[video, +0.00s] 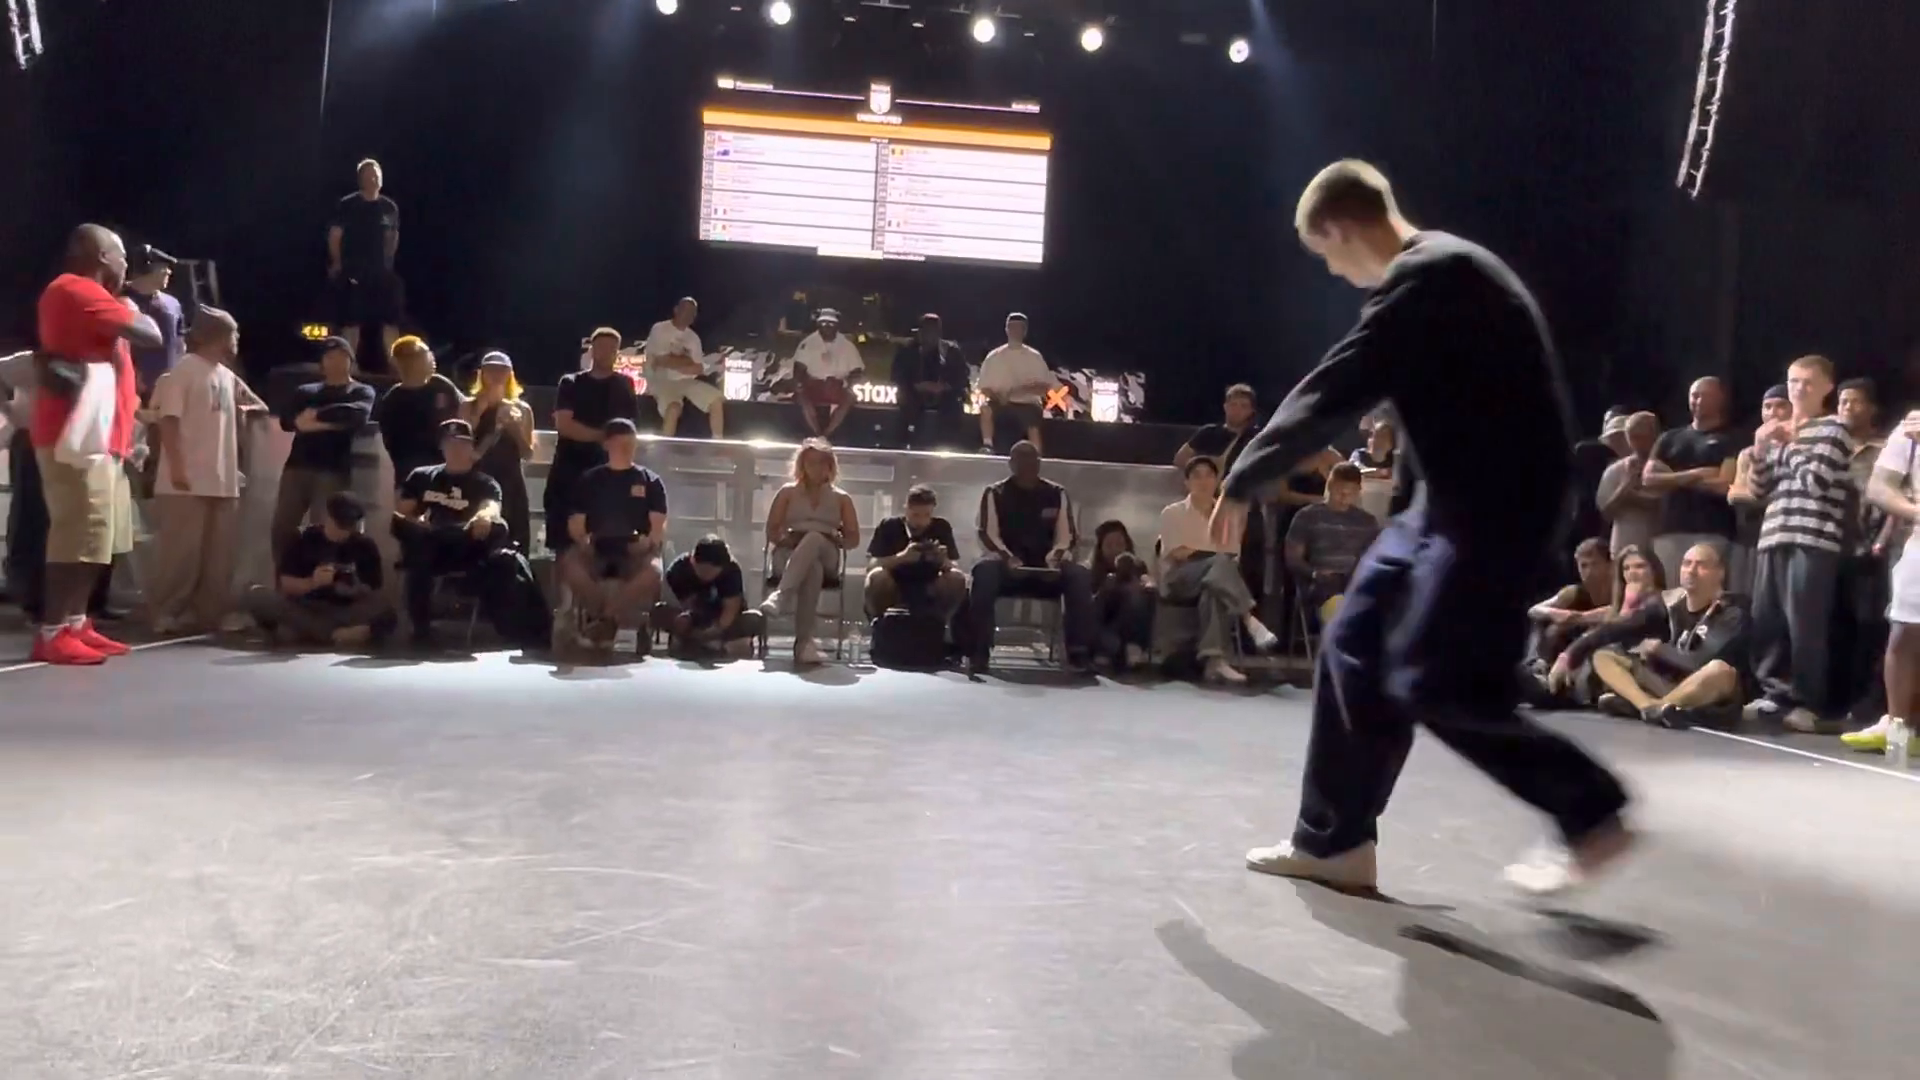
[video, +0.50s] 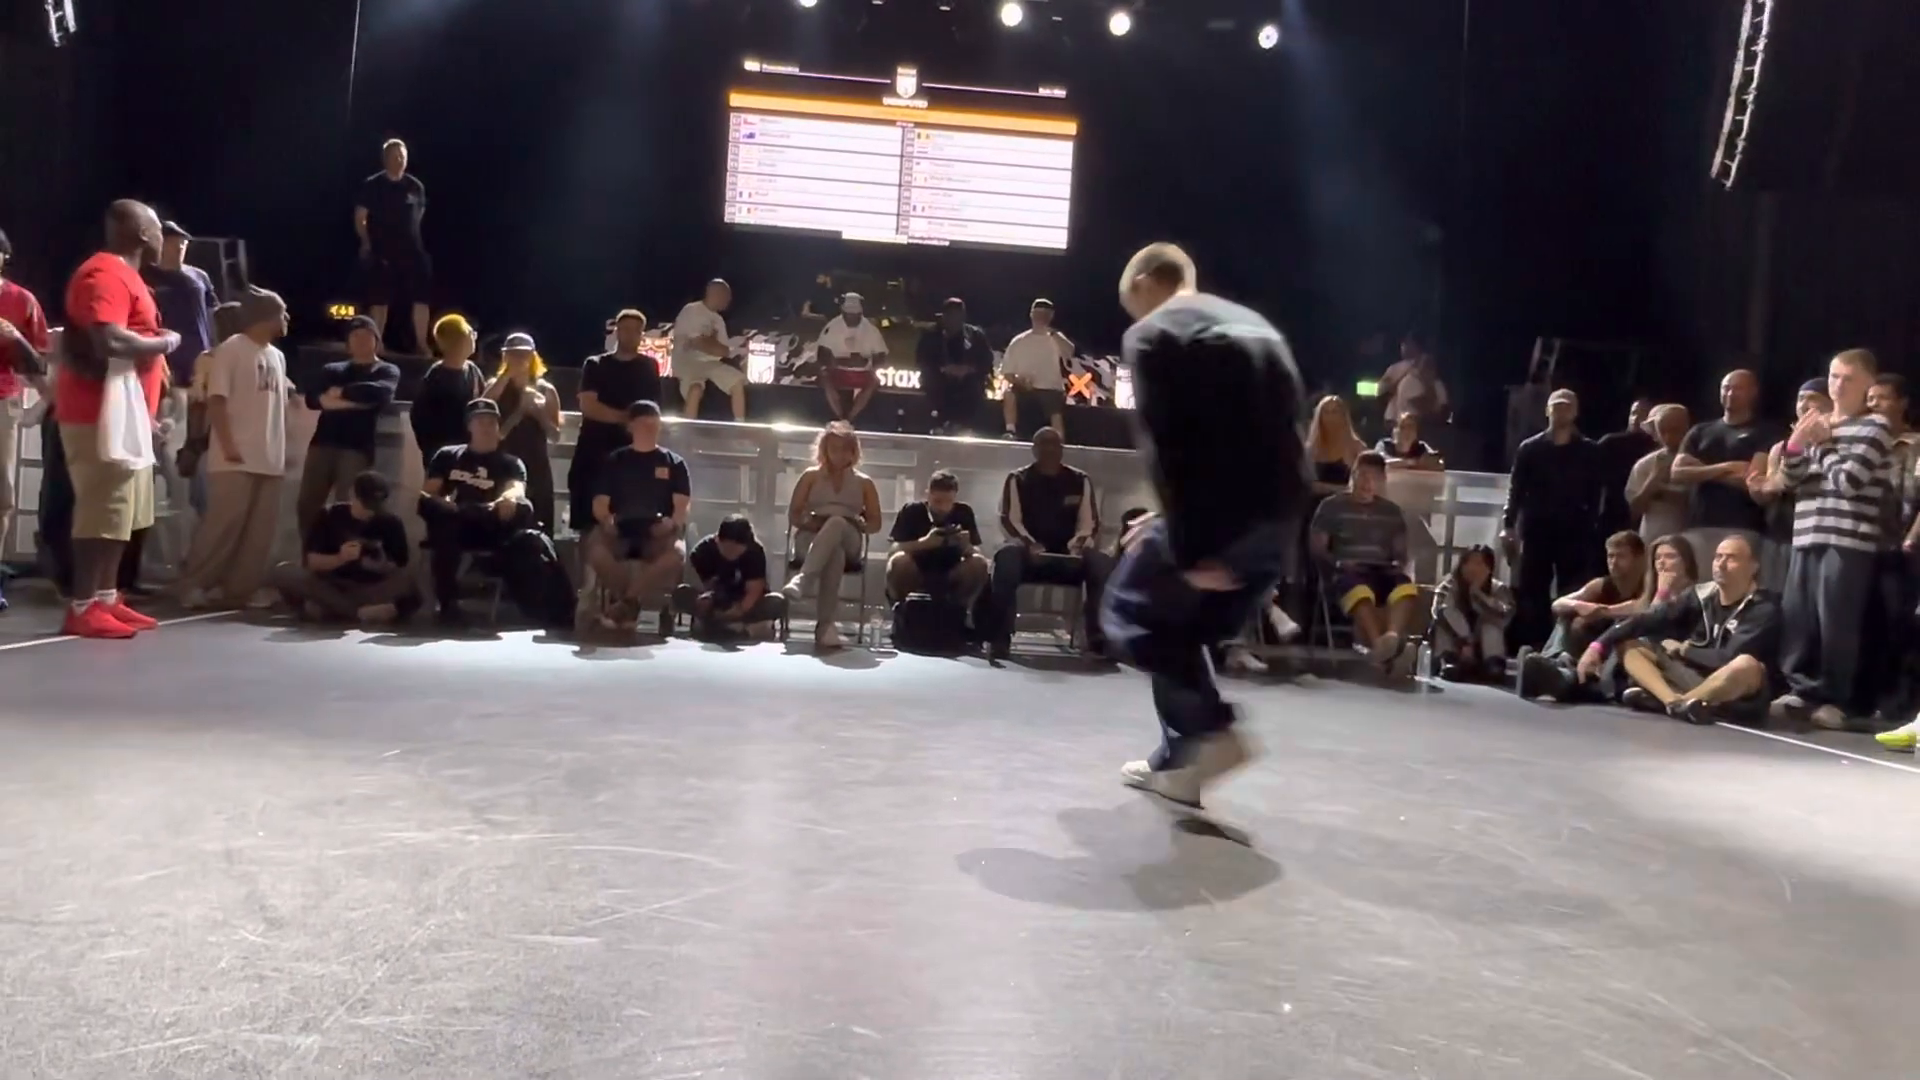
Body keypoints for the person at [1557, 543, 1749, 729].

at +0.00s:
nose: (1690, 571)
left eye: (1701, 565)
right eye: (1687, 564)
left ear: (1720, 574)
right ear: (1680, 570)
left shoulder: (1734, 613)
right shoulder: (1667, 607)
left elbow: (1701, 663)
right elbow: (1616, 629)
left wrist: (1658, 649)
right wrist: (1568, 657)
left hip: (1716, 697)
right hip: (1669, 686)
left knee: (1719, 670)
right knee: (1602, 658)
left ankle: (1657, 709)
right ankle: (1647, 707)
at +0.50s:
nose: (1719, 564)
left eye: (1730, 559)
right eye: (1717, 558)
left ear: (1753, 568)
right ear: (1713, 562)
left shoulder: (1765, 608)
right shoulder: (1701, 594)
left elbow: (1727, 659)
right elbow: (1651, 620)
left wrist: (1681, 649)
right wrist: (1599, 646)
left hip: (1739, 695)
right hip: (1696, 681)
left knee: (1747, 666)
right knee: (1630, 648)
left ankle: (1681, 703)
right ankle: (1673, 703)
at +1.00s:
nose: (1713, 566)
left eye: (1722, 558)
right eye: (1710, 560)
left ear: (1747, 562)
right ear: (1706, 565)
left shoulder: (1770, 606)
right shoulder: (1702, 598)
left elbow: (1740, 654)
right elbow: (1655, 623)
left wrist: (1697, 645)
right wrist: (1606, 648)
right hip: (1705, 679)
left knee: (1759, 666)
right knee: (1640, 652)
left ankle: (1690, 703)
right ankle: (1682, 700)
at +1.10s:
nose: (1713, 567)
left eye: (1722, 559)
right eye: (1710, 560)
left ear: (1747, 562)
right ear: (1705, 566)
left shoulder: (1770, 605)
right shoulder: (1704, 598)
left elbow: (1740, 653)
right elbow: (1659, 621)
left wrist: (1697, 644)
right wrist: (1607, 648)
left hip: (1756, 691)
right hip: (1710, 680)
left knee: (1760, 666)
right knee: (1640, 652)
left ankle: (1693, 703)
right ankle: (1685, 703)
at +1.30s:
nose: (1714, 567)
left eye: (1723, 559)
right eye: (1711, 561)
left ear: (1748, 562)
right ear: (1707, 567)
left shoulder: (1773, 604)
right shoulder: (1706, 599)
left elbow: (1747, 652)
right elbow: (1659, 623)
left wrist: (1704, 646)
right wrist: (1611, 650)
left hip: (1760, 693)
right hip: (1715, 681)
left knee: (1764, 666)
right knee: (1644, 652)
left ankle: (1697, 703)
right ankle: (1690, 703)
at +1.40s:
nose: (1714, 567)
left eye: (1723, 559)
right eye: (1710, 561)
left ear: (1748, 562)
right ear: (1707, 567)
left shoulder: (1773, 603)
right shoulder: (1706, 598)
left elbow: (1749, 651)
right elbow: (1659, 623)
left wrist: (1702, 648)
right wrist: (1611, 651)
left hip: (1763, 692)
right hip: (1716, 682)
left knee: (1764, 665)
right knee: (1645, 651)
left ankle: (1699, 703)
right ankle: (1691, 703)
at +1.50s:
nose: (1715, 567)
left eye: (1724, 559)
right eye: (1711, 561)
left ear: (1748, 562)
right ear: (1707, 567)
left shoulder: (1772, 602)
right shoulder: (1705, 598)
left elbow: (1758, 648)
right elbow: (1659, 623)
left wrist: (1710, 654)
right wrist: (1612, 651)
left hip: (1762, 692)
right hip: (1716, 682)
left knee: (1766, 665)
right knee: (1646, 650)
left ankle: (1696, 703)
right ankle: (1694, 704)